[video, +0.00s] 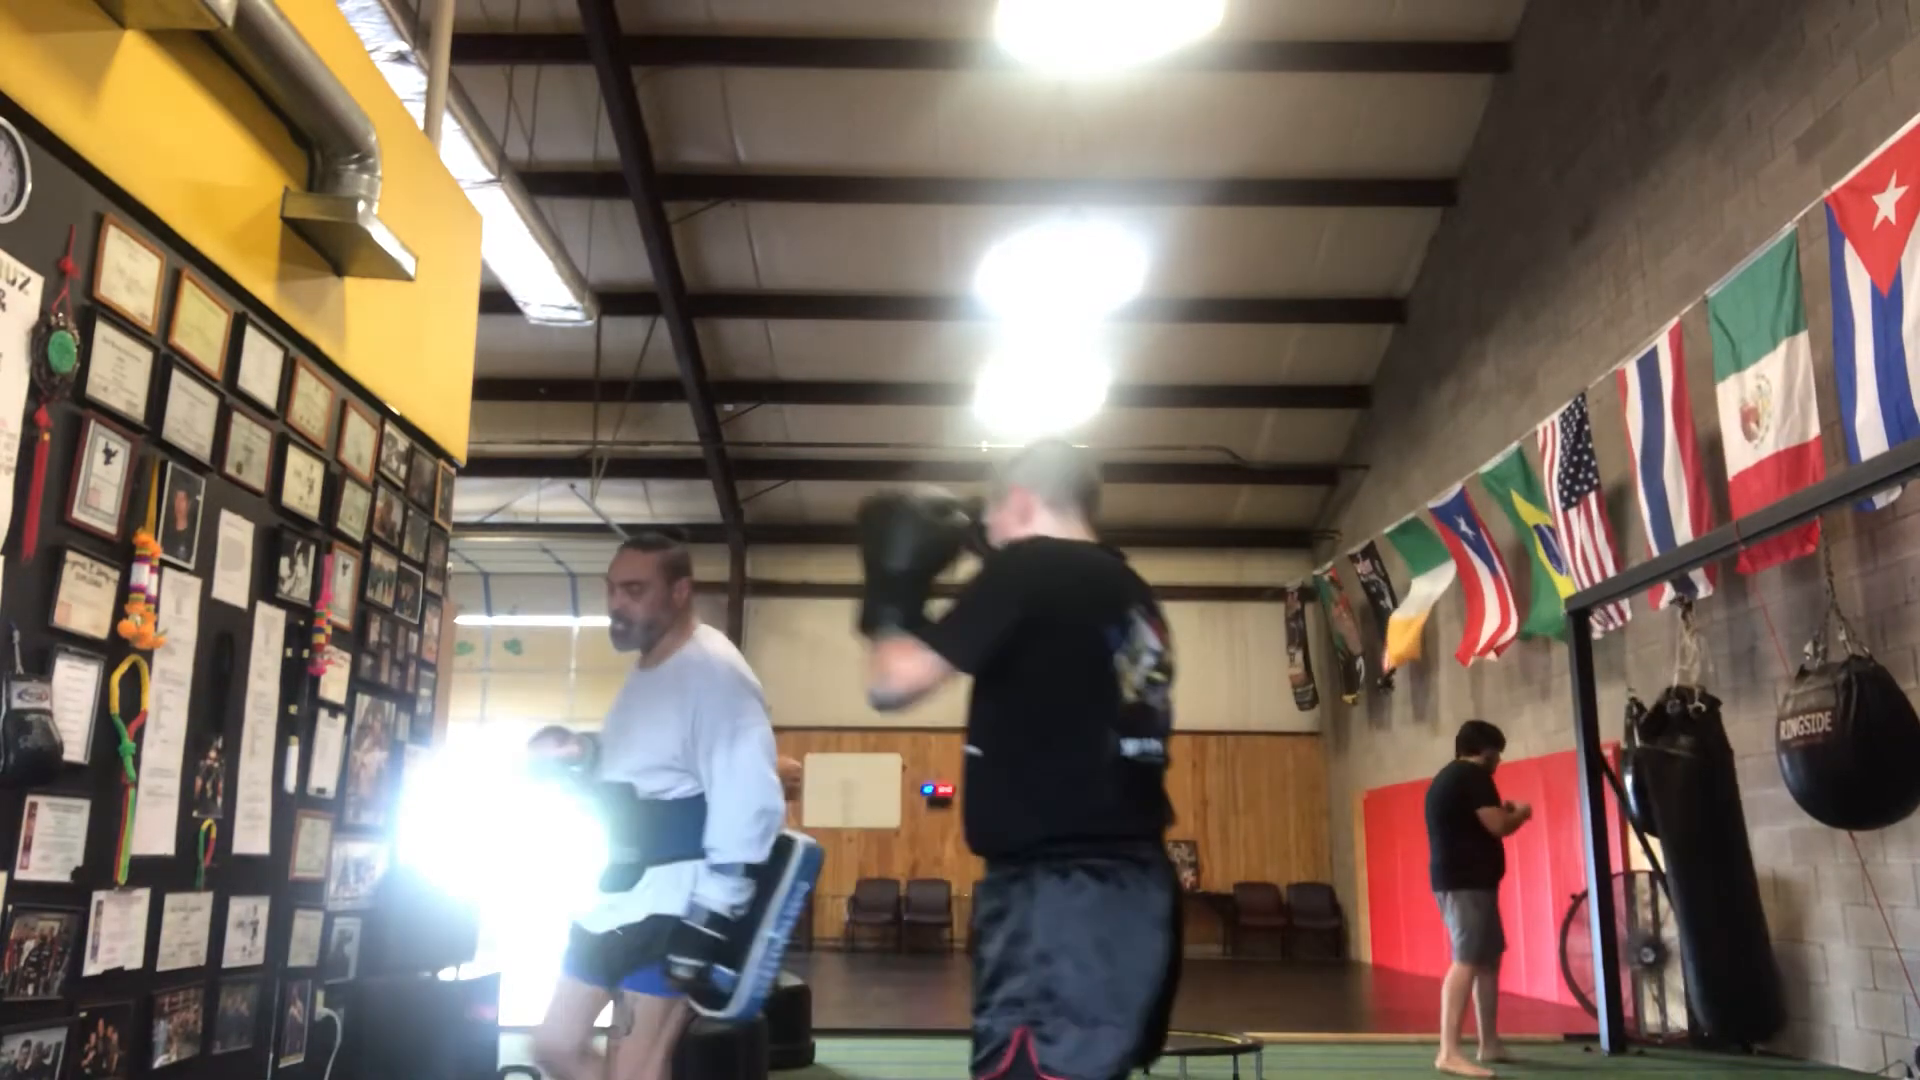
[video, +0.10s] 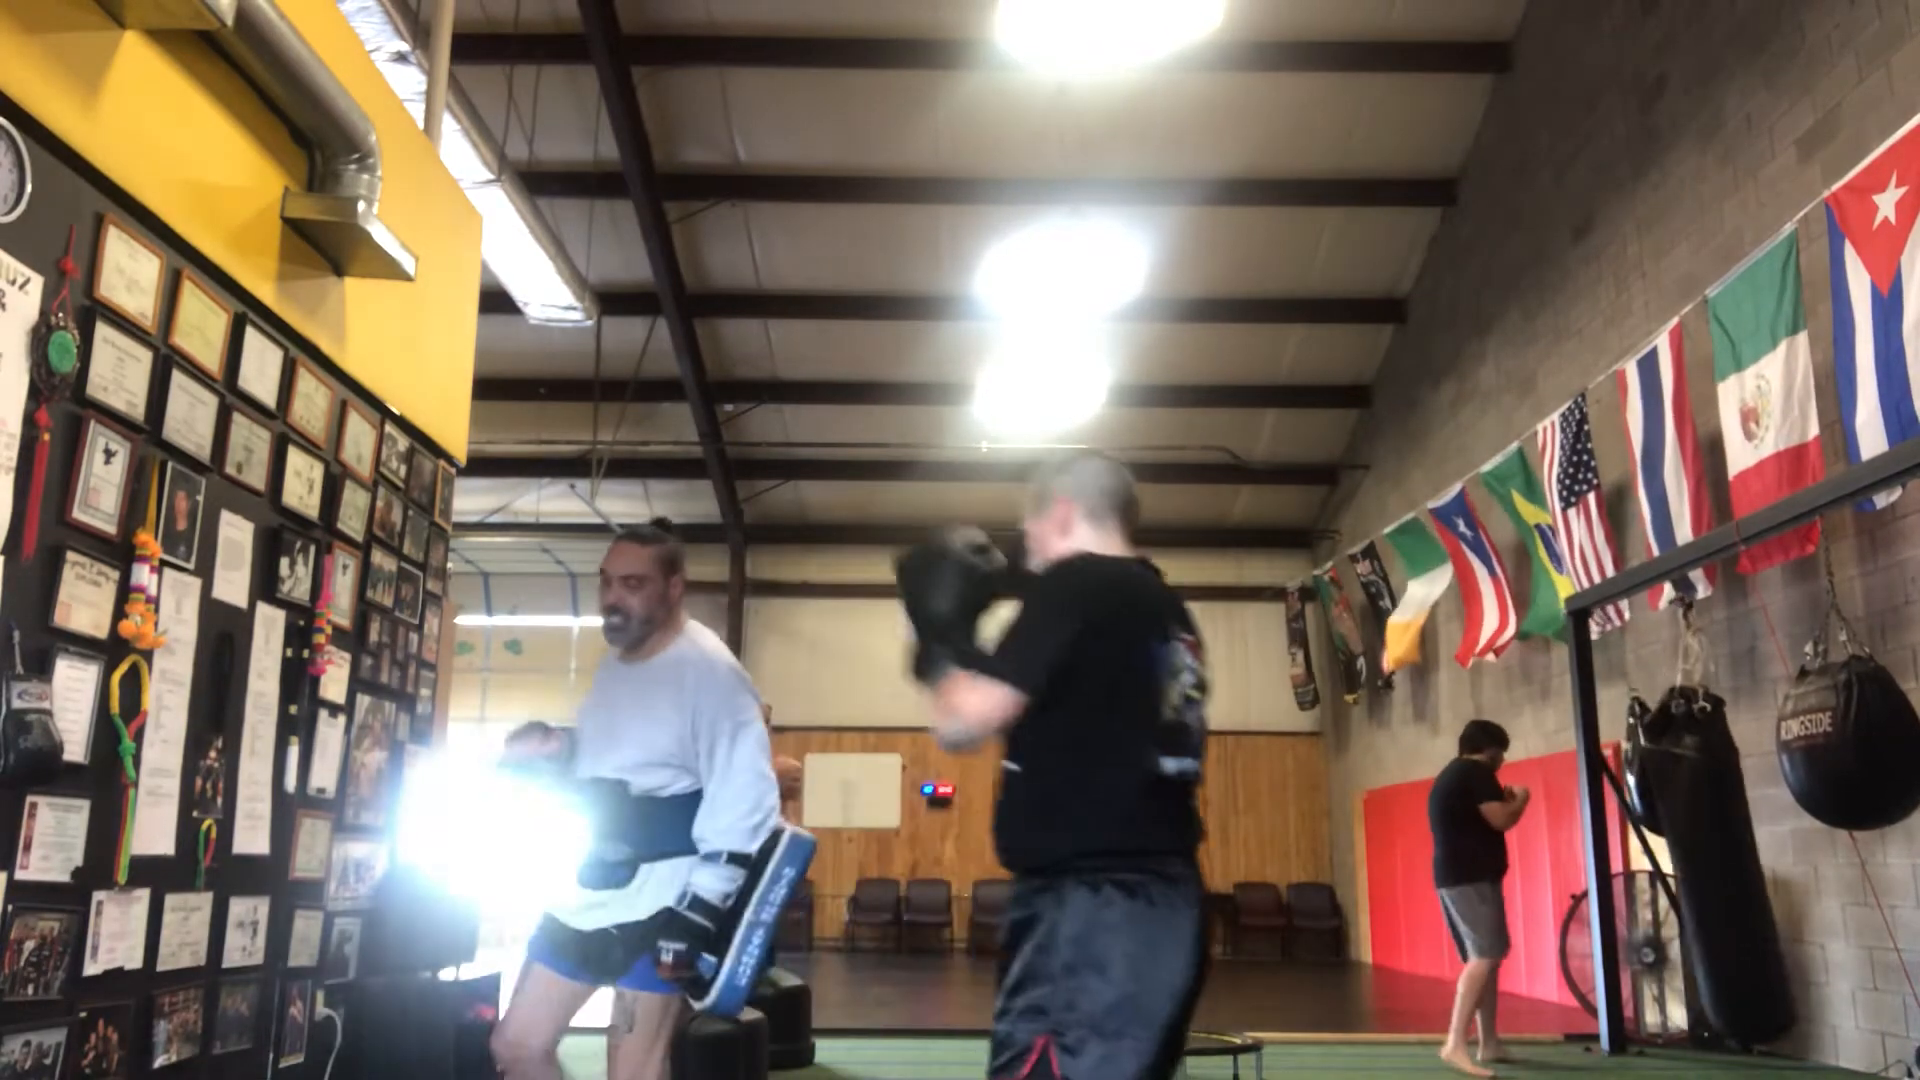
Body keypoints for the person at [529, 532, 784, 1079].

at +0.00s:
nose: (615, 605)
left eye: (634, 590)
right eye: (612, 590)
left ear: (680, 593)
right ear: (608, 591)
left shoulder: (714, 670)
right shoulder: (652, 666)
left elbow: (749, 801)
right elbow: (645, 755)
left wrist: (706, 923)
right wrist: (585, 751)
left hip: (679, 895)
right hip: (620, 888)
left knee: (637, 1066)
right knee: (554, 1045)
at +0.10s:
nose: (610, 599)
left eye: (630, 584)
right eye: (605, 582)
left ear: (675, 589)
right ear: (599, 583)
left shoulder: (709, 668)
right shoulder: (614, 664)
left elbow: (748, 797)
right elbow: (614, 749)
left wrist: (700, 914)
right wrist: (560, 747)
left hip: (676, 883)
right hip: (600, 879)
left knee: (635, 1067)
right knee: (517, 1046)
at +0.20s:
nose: (606, 595)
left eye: (627, 580)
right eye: (598, 577)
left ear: (665, 587)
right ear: (586, 580)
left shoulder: (700, 664)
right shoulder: (583, 654)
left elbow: (746, 788)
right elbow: (550, 738)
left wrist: (711, 900)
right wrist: (521, 746)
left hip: (658, 896)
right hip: (561, 885)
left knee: (634, 1063)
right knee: (518, 1051)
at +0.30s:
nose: (602, 596)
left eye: (622, 581)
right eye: (588, 579)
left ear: (649, 588)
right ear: (573, 584)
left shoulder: (687, 662)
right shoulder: (553, 654)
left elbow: (735, 779)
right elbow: (512, 726)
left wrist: (722, 894)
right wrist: (492, 744)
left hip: (647, 902)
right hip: (545, 897)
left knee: (626, 1065)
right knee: (511, 1062)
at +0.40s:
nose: (592, 594)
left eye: (609, 578)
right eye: (575, 578)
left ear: (630, 583)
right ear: (554, 584)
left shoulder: (673, 659)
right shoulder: (520, 659)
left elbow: (717, 773)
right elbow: (463, 754)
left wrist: (729, 876)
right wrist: (478, 764)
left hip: (634, 898)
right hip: (526, 894)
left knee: (608, 1063)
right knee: (496, 1064)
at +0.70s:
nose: (632, 594)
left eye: (644, 580)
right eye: (616, 575)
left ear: (654, 586)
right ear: (573, 572)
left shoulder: (665, 661)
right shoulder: (502, 644)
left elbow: (688, 789)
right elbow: (419, 758)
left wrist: (714, 877)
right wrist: (501, 752)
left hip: (634, 890)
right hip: (513, 889)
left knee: (653, 1067)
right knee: (487, 1068)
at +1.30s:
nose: (732, 584)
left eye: (739, 569)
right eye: (720, 563)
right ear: (667, 553)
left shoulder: (724, 662)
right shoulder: (570, 618)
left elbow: (726, 787)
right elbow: (477, 730)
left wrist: (781, 791)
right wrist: (593, 712)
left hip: (667, 908)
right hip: (552, 896)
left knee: (647, 1071)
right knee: (549, 1069)